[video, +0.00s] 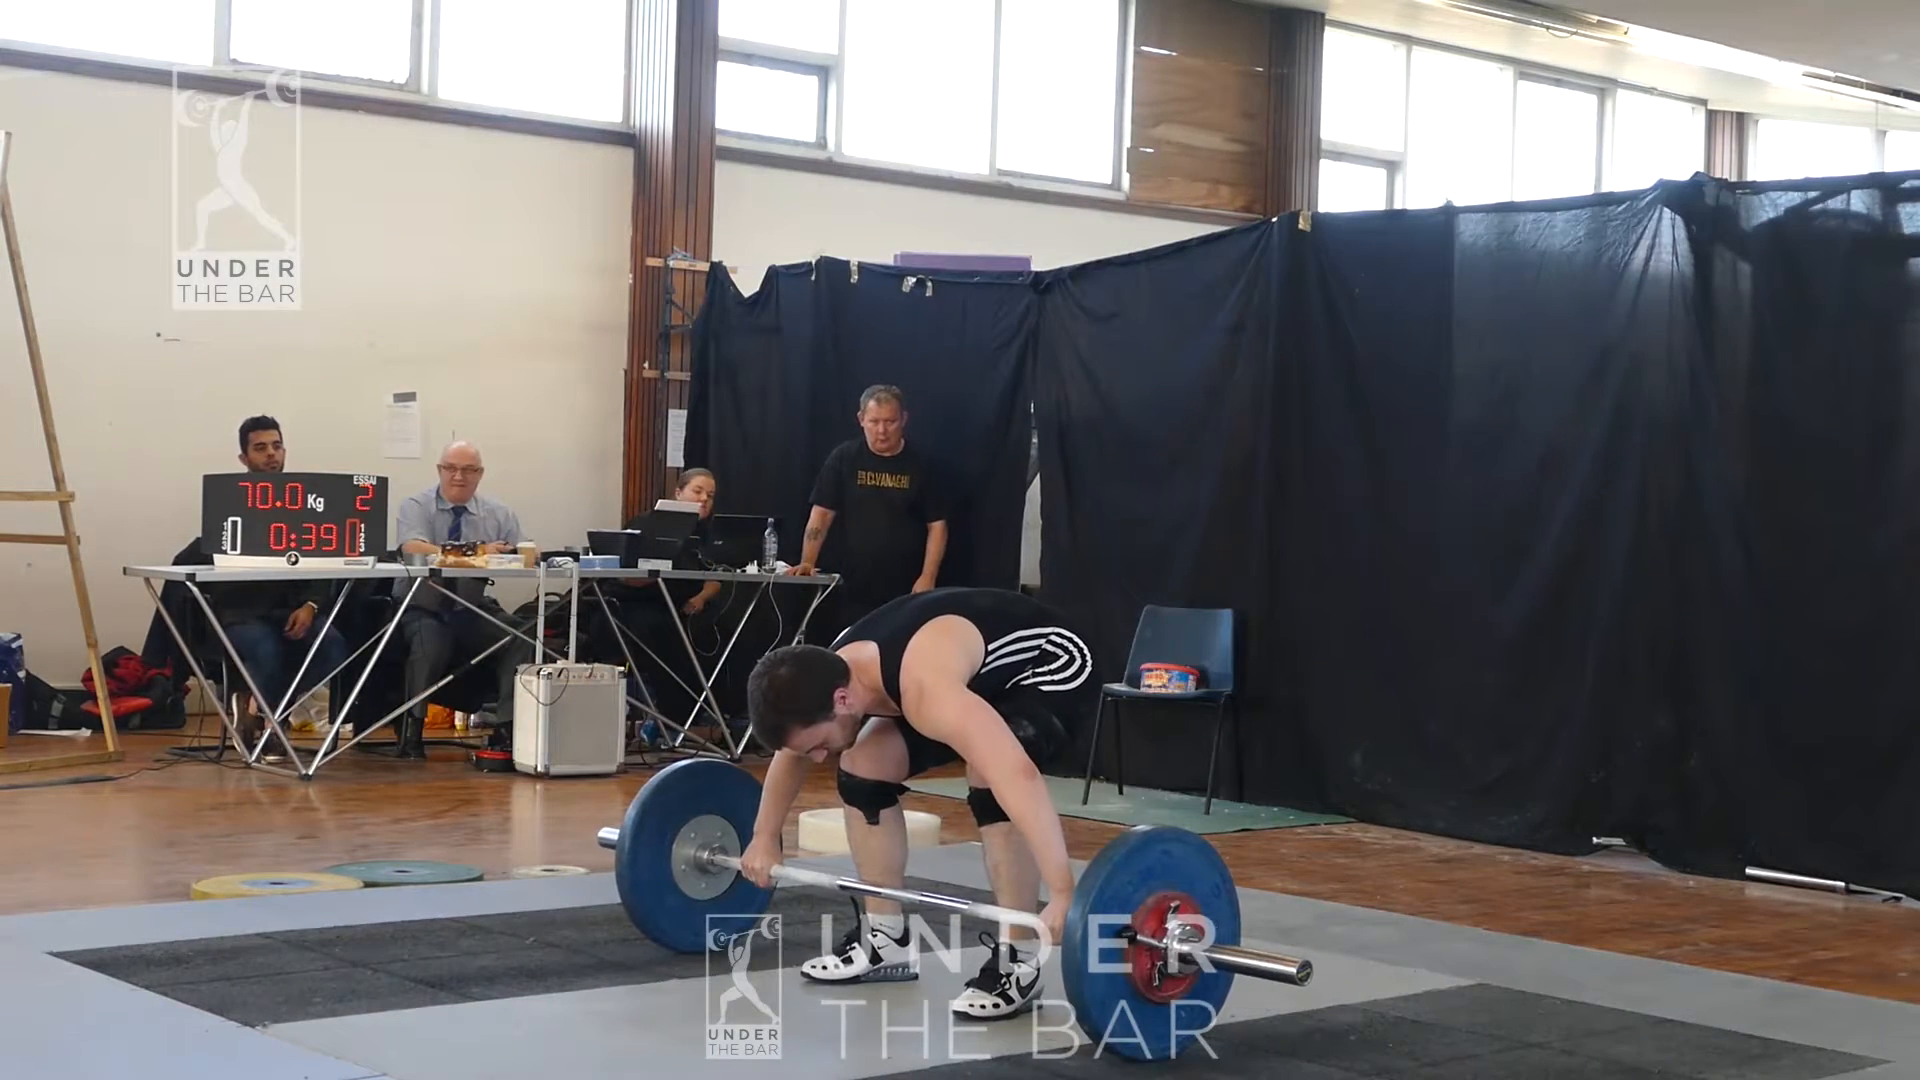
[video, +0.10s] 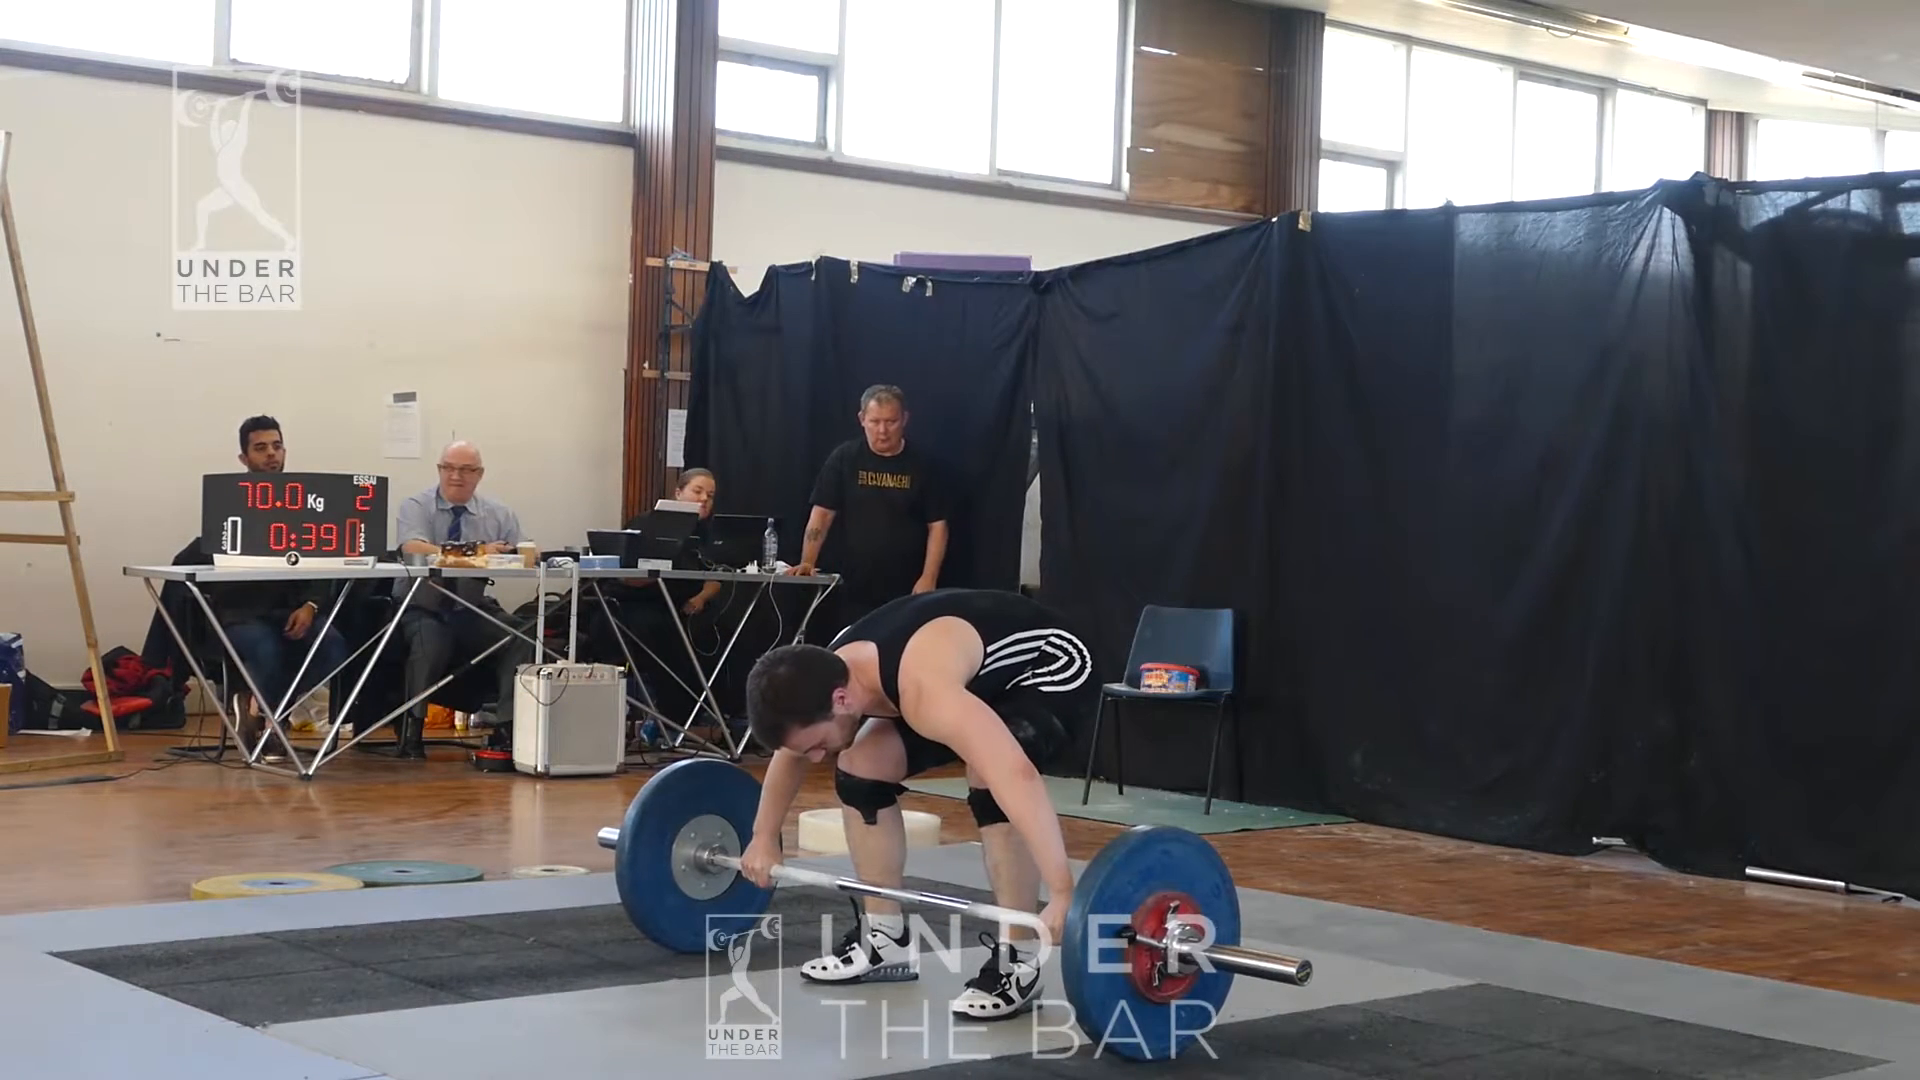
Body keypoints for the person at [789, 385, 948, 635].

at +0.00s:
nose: (882, 430)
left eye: (889, 422)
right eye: (874, 422)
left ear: (904, 420)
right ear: (861, 420)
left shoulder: (922, 465)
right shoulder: (843, 459)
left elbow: (937, 527)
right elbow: (822, 514)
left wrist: (928, 577)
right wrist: (807, 562)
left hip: (902, 586)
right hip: (851, 582)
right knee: (849, 665)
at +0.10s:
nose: (882, 430)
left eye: (890, 422)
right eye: (875, 422)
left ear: (904, 420)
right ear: (862, 419)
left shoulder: (924, 465)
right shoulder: (844, 459)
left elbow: (938, 527)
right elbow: (822, 514)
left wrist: (928, 579)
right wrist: (807, 561)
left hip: (904, 588)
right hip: (853, 584)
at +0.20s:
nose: (883, 430)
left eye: (891, 421)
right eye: (876, 421)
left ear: (905, 420)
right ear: (863, 419)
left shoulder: (924, 464)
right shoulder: (844, 459)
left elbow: (939, 526)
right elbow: (822, 514)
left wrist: (930, 577)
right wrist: (807, 562)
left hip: (904, 586)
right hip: (853, 582)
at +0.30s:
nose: (885, 429)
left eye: (892, 421)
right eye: (877, 420)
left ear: (906, 420)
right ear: (863, 419)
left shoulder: (925, 464)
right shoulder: (844, 459)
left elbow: (940, 526)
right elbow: (823, 513)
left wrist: (933, 578)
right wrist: (807, 562)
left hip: (907, 587)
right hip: (855, 582)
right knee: (852, 664)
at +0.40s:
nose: (886, 428)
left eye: (893, 420)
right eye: (878, 420)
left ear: (906, 420)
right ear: (864, 419)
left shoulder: (926, 464)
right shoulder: (845, 459)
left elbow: (941, 526)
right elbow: (823, 513)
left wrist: (935, 578)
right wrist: (807, 562)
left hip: (908, 588)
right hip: (856, 583)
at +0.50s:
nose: (886, 428)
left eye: (894, 420)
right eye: (879, 420)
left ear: (907, 419)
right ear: (865, 419)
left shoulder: (927, 464)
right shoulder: (846, 459)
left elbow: (942, 526)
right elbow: (823, 514)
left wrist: (937, 578)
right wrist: (807, 562)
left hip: (908, 588)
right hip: (856, 583)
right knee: (852, 665)